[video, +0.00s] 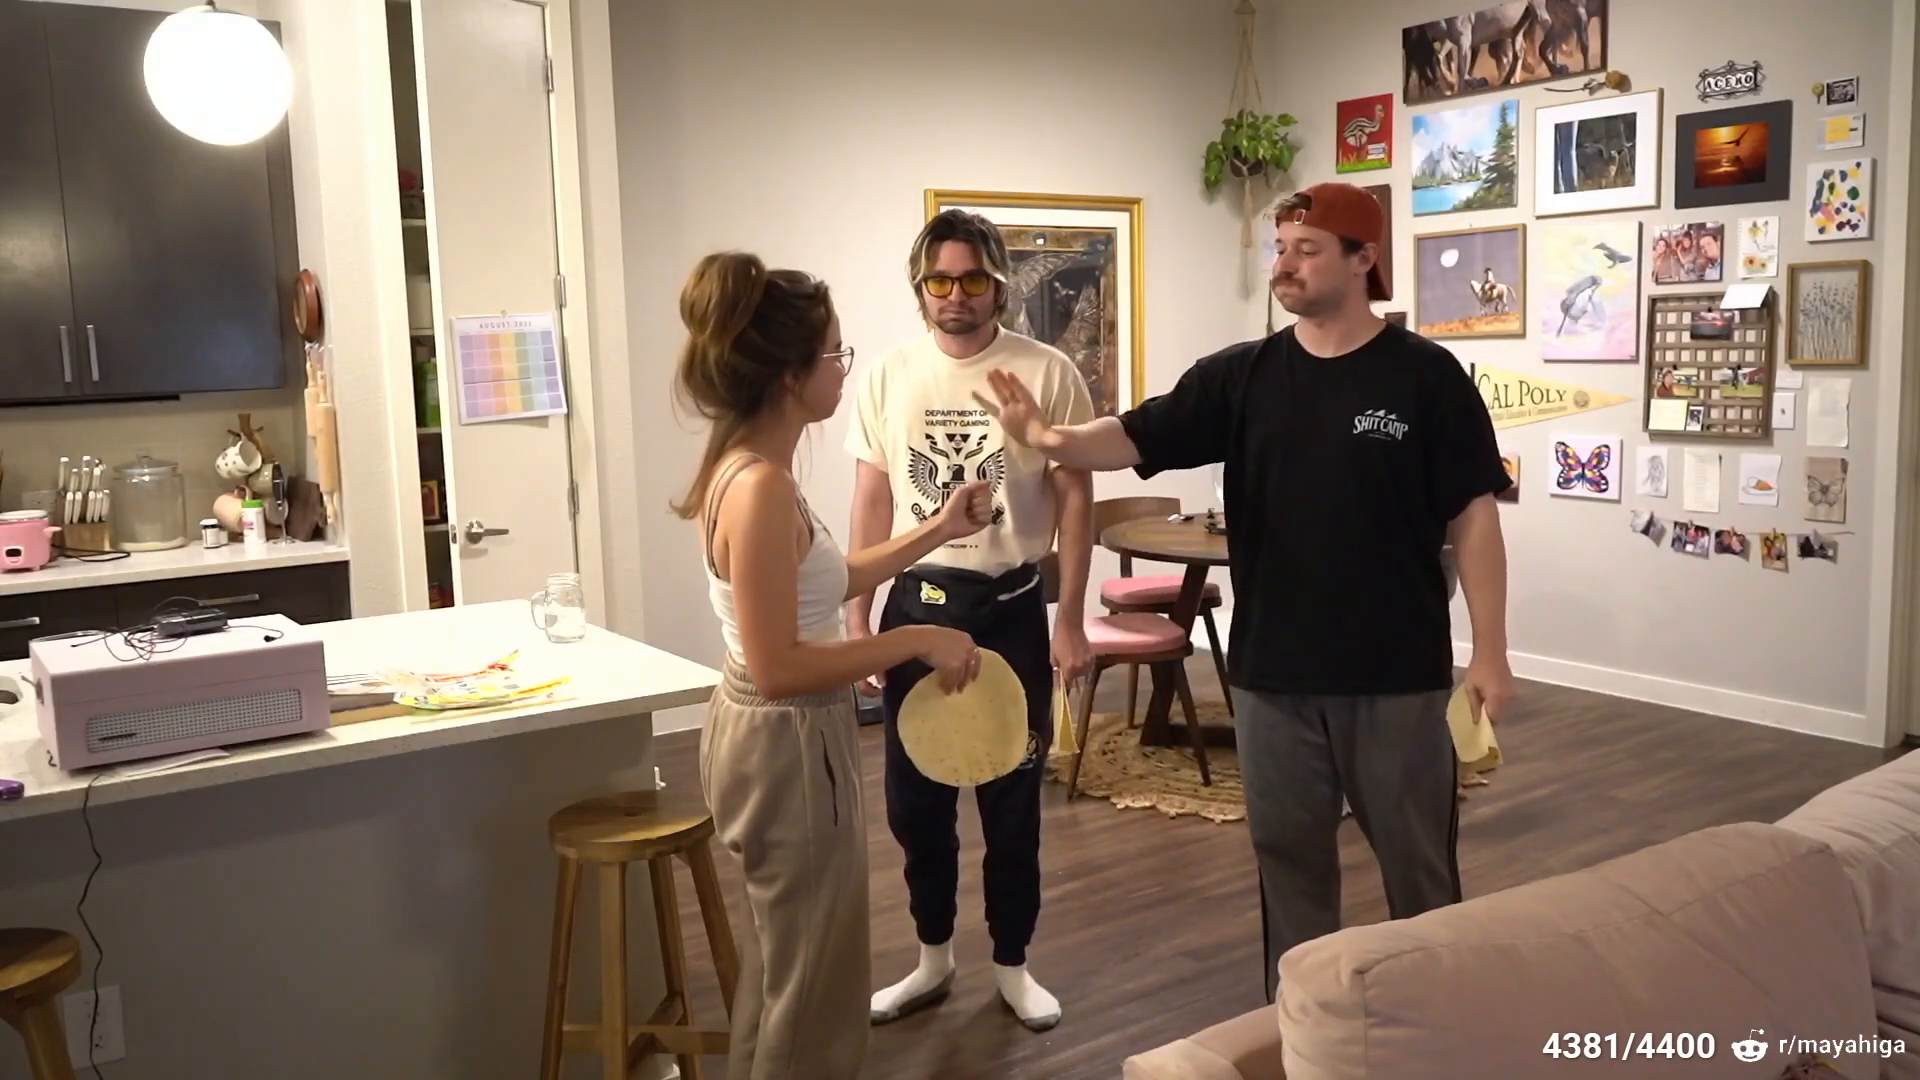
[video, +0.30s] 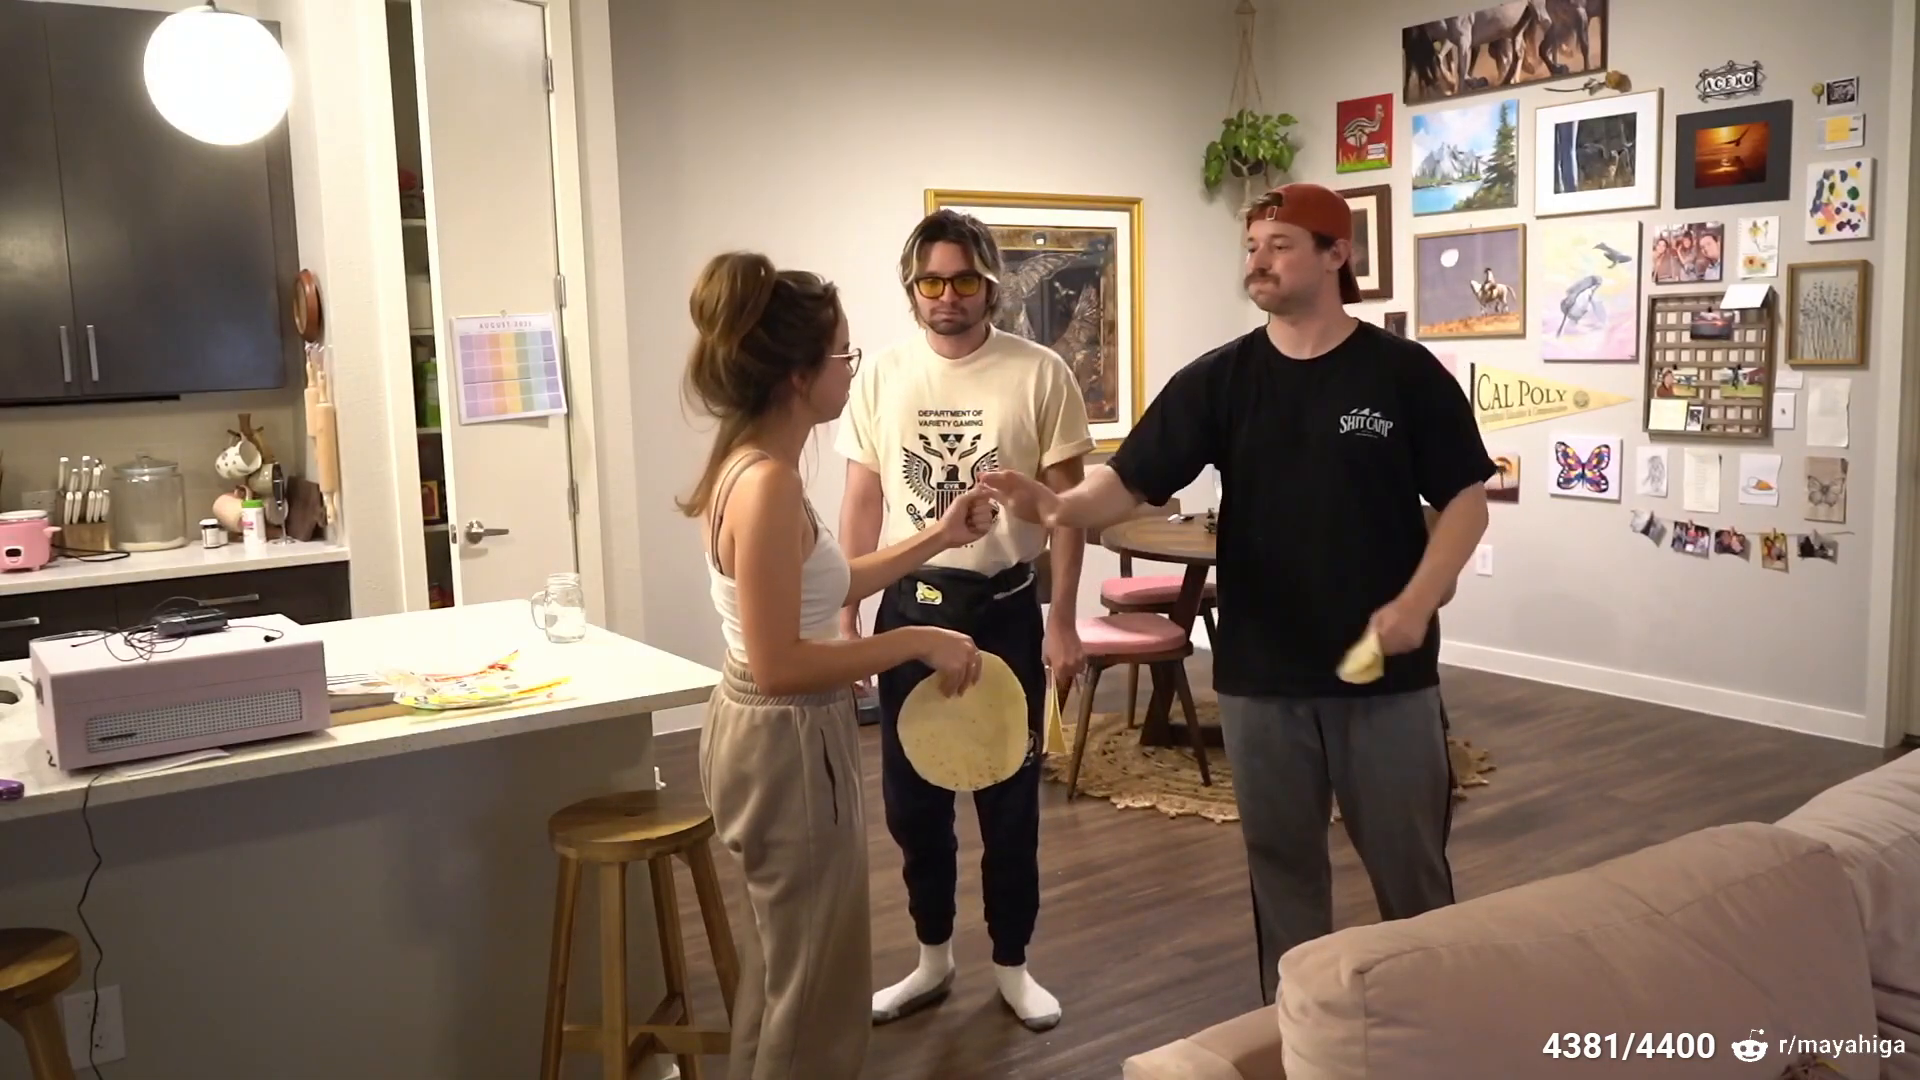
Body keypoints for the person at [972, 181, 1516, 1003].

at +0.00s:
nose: (1285, 262)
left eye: (1306, 249)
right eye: (1280, 250)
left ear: (1361, 262)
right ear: (1275, 261)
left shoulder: (1428, 374)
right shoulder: (1240, 376)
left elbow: (1475, 518)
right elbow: (1136, 437)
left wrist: (1491, 653)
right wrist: (1051, 441)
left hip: (1397, 680)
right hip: (1274, 681)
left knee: (1422, 881)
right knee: (1290, 877)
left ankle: (1445, 1034)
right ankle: (1298, 1037)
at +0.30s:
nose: (1259, 260)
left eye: (1280, 246)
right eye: (1252, 248)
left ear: (1334, 258)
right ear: (1246, 263)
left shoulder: (1406, 374)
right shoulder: (1217, 381)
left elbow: (1468, 498)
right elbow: (1129, 480)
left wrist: (1418, 601)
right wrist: (1054, 505)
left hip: (1385, 675)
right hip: (1263, 678)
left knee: (1411, 874)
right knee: (1282, 873)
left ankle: (1440, 1025)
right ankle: (1296, 1033)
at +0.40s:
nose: (1248, 258)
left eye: (1270, 245)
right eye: (1243, 247)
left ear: (1324, 259)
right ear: (1237, 264)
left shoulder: (1392, 375)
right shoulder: (1207, 383)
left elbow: (1437, 517)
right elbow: (1145, 499)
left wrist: (1328, 562)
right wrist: (1132, 523)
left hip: (1373, 675)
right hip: (1250, 677)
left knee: (1402, 862)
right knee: (1273, 867)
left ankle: (1428, 1016)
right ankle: (1293, 1026)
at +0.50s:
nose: (1234, 263)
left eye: (1256, 248)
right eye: (1230, 250)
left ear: (1311, 261)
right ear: (1228, 264)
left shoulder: (1371, 372)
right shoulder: (1205, 382)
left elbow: (1388, 521)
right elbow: (1175, 508)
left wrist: (1242, 528)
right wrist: (1170, 534)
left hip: (1354, 675)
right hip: (1237, 674)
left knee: (1375, 865)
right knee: (1265, 870)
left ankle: (1406, 1019)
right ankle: (1294, 1026)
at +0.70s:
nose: (1209, 271)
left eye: (1230, 257)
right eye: (1205, 258)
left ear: (1285, 268)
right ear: (1206, 269)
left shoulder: (1324, 366)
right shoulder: (1213, 386)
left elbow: (1284, 511)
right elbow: (1194, 529)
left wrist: (1151, 489)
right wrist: (1107, 504)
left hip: (1321, 676)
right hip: (1235, 673)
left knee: (1313, 889)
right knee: (1264, 885)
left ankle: (1340, 1051)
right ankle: (1291, 1038)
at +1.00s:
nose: (1195, 289)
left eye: (1214, 272)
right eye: (1193, 275)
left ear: (1273, 278)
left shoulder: (1272, 364)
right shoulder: (1262, 367)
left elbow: (1153, 471)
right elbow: (1186, 531)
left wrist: (1043, 454)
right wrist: (1091, 474)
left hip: (1288, 689)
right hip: (1274, 684)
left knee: (1262, 908)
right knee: (1267, 904)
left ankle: (1274, 1070)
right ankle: (1278, 1066)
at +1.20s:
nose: (1176, 311)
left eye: (1195, 293)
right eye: (1174, 296)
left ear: (1256, 299)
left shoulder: (1263, 379)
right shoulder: (1252, 391)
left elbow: (1200, 470)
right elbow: (1154, 565)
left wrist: (1084, 511)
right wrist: (1107, 462)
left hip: (1285, 736)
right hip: (1267, 731)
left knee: (1257, 966)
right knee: (1258, 960)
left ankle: (1261, 1078)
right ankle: (1261, 1074)